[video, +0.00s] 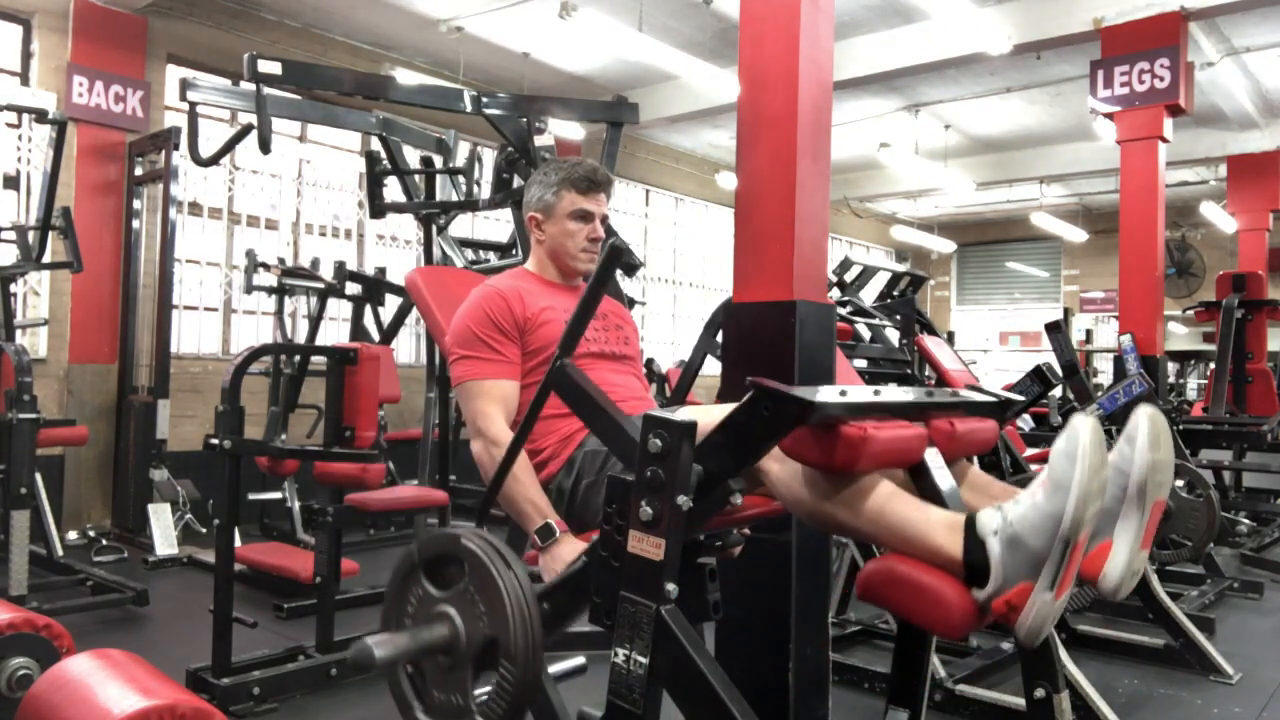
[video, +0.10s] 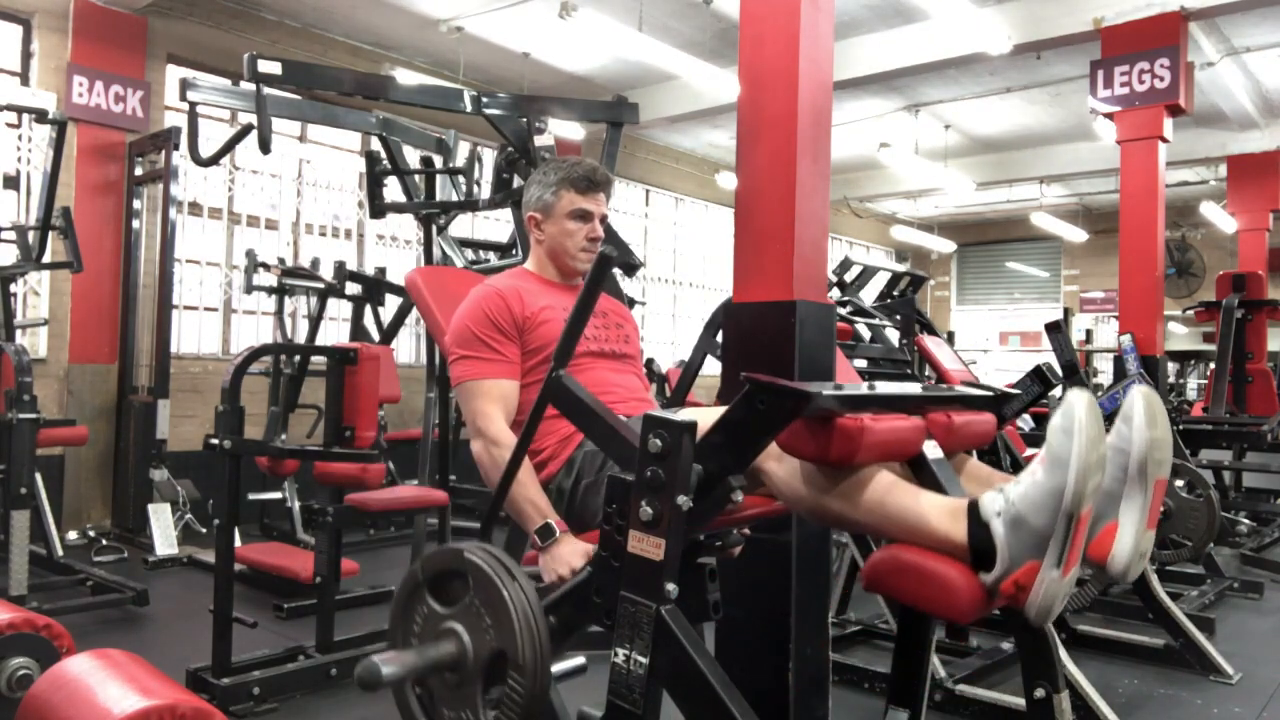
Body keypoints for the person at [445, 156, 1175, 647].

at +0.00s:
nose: (596, 235)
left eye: (601, 223)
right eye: (580, 221)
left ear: (600, 228)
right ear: (534, 222)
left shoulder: (604, 302)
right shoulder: (493, 304)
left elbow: (637, 400)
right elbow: (490, 438)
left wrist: (720, 412)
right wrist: (552, 533)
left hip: (657, 444)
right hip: (581, 467)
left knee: (853, 450)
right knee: (772, 442)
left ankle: (1074, 531)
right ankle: (974, 551)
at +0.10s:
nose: (594, 236)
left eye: (600, 224)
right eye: (578, 222)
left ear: (601, 227)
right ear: (532, 220)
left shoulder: (605, 302)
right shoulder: (493, 303)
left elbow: (639, 398)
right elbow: (488, 437)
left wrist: (714, 408)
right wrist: (549, 532)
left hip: (659, 440)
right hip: (581, 468)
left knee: (831, 454)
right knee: (770, 449)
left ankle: (1066, 522)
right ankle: (978, 533)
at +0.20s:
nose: (592, 234)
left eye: (599, 221)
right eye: (577, 218)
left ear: (599, 225)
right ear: (530, 219)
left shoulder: (608, 305)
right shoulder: (493, 301)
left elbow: (652, 396)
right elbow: (486, 434)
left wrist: (726, 409)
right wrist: (549, 534)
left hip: (657, 443)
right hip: (582, 469)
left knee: (823, 454)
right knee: (773, 456)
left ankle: (1015, 517)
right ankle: (990, 516)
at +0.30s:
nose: (592, 233)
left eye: (598, 221)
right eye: (578, 218)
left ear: (599, 227)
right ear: (532, 219)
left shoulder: (610, 306)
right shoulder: (493, 300)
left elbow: (659, 396)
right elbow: (487, 431)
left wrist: (731, 412)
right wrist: (549, 533)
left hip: (656, 443)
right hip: (581, 465)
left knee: (820, 455)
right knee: (773, 458)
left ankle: (997, 501)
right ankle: (993, 507)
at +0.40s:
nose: (593, 233)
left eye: (599, 221)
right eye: (578, 218)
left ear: (599, 226)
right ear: (533, 218)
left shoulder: (610, 305)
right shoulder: (493, 299)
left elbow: (662, 394)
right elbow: (487, 431)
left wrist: (734, 414)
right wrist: (549, 532)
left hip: (659, 441)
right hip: (584, 461)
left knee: (822, 454)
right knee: (772, 456)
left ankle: (1000, 492)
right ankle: (989, 497)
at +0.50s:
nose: (593, 234)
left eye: (598, 222)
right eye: (578, 219)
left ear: (598, 227)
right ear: (533, 219)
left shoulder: (610, 305)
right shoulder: (494, 299)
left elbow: (655, 396)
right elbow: (487, 430)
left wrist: (721, 425)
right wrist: (549, 533)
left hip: (660, 440)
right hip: (585, 460)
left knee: (818, 452)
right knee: (772, 456)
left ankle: (999, 489)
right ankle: (991, 492)